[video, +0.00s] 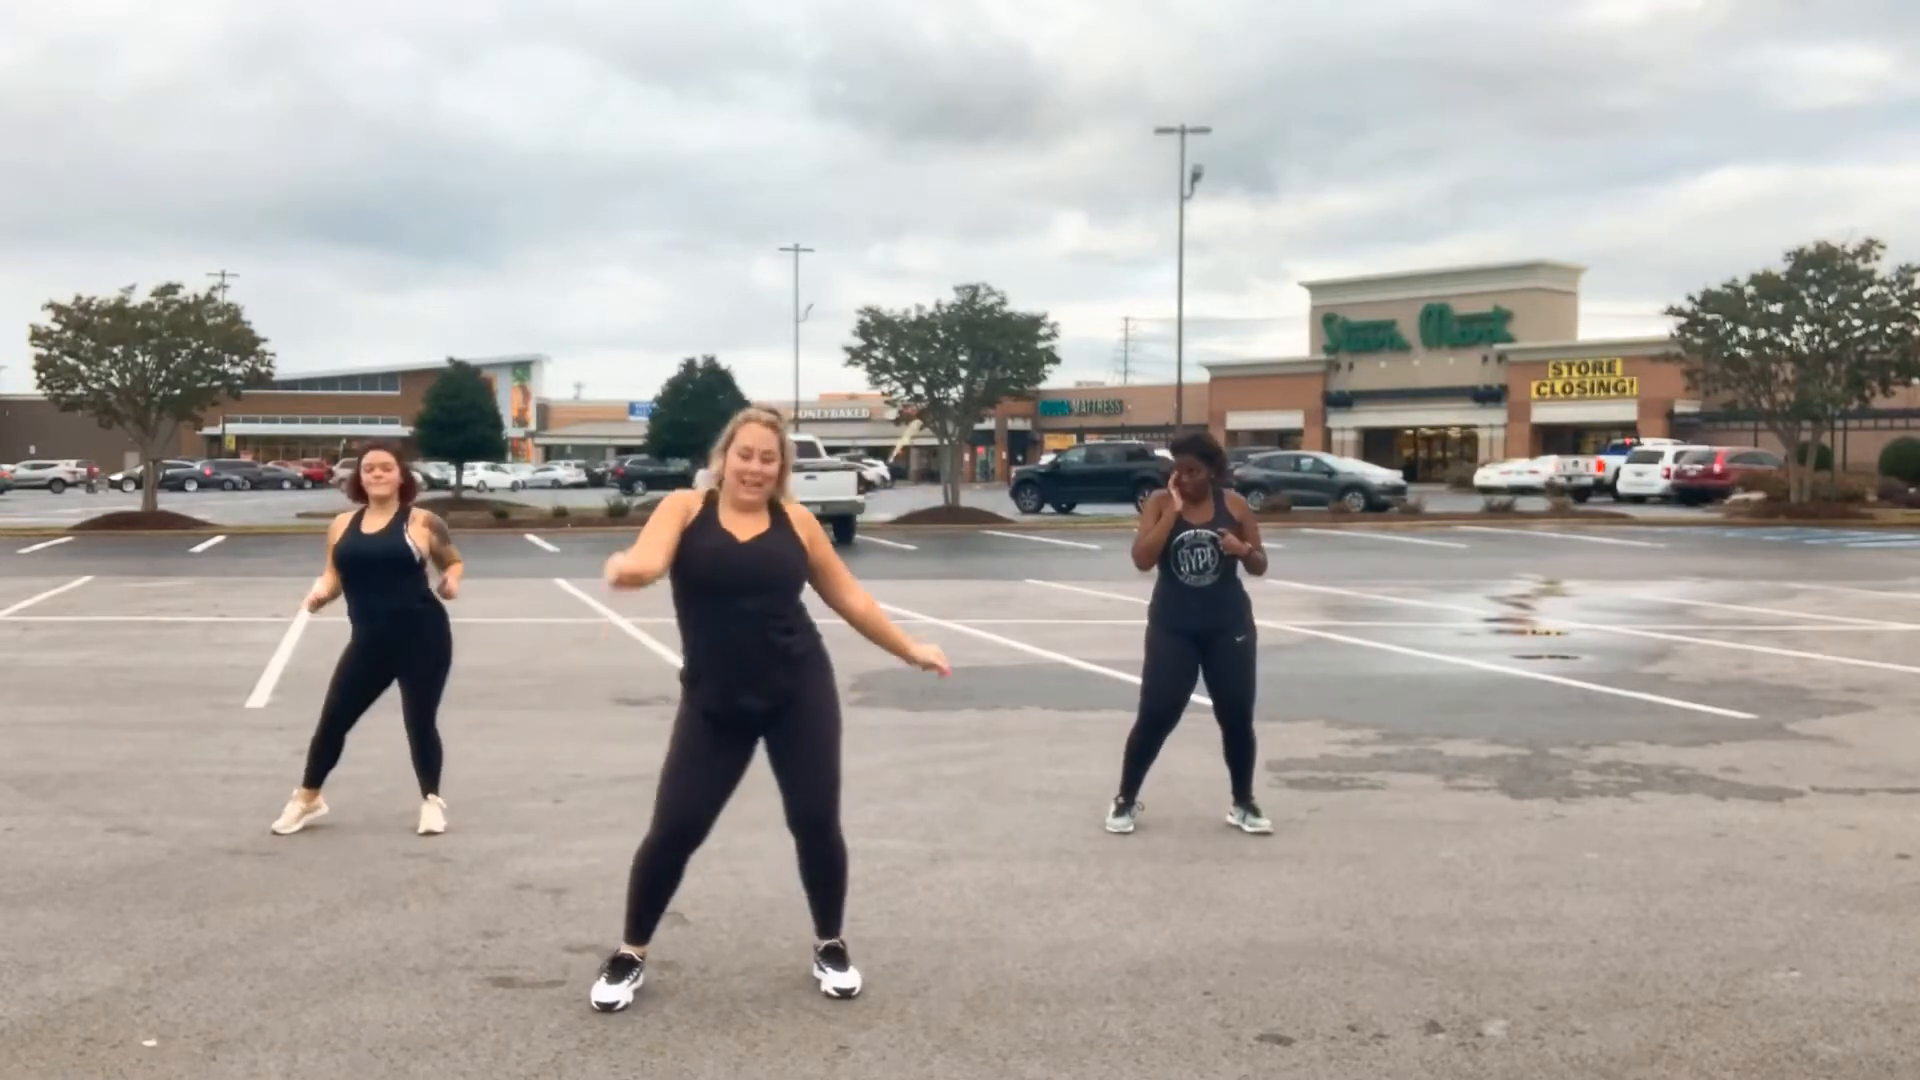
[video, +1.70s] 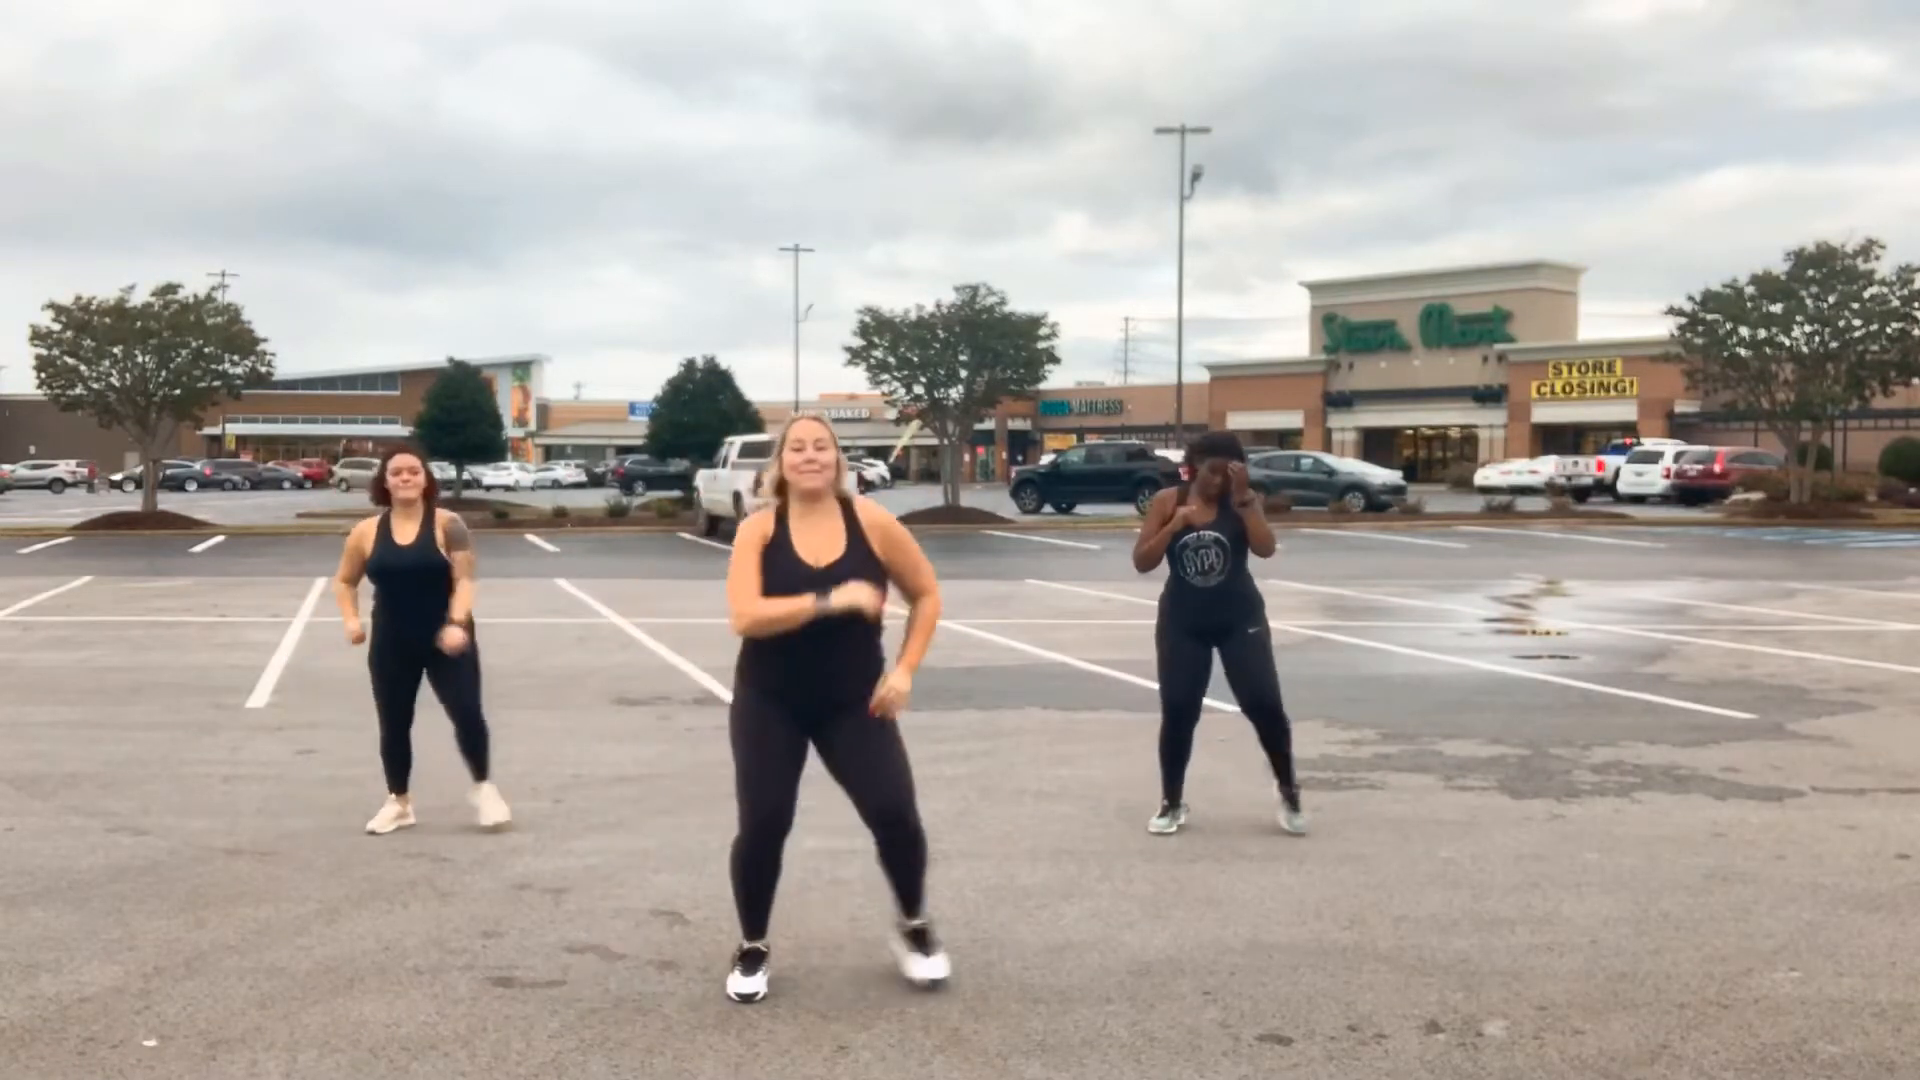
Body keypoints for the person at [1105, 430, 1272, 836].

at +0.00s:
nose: (1182, 478)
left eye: (1190, 472)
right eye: (1178, 471)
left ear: (1212, 470)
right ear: (1172, 470)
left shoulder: (1234, 505)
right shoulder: (1159, 503)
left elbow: (1260, 566)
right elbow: (1142, 559)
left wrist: (1243, 550)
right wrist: (1172, 512)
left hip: (1229, 628)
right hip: (1172, 629)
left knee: (1237, 720)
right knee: (1156, 716)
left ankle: (1243, 803)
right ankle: (1125, 800)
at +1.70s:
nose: (1220, 479)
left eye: (1227, 472)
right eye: (1213, 471)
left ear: (1235, 473)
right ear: (1192, 469)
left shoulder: (1245, 502)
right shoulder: (1168, 501)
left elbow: (1266, 548)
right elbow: (1142, 561)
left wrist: (1242, 500)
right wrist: (1175, 524)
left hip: (1239, 618)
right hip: (1183, 620)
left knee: (1266, 707)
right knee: (1178, 711)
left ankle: (1289, 794)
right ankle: (1171, 803)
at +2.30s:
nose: (1228, 472)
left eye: (1236, 465)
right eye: (1221, 462)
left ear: (1244, 468)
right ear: (1203, 459)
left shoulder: (1250, 502)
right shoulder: (1175, 500)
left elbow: (1268, 564)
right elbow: (1157, 564)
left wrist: (1272, 534)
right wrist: (1200, 540)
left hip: (1241, 621)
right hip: (1185, 623)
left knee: (1268, 710)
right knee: (1191, 713)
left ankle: (1290, 794)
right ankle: (1181, 804)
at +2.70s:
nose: (1222, 459)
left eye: (1227, 452)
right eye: (1212, 453)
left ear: (1236, 459)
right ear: (1194, 462)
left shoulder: (1249, 504)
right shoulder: (1177, 502)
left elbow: (1258, 563)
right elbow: (1164, 565)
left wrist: (1284, 565)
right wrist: (1217, 565)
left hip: (1226, 623)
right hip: (1172, 620)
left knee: (1222, 715)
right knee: (1175, 707)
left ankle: (1215, 803)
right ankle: (1169, 799)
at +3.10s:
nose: (1203, 455)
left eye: (1206, 448)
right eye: (1192, 452)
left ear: (1213, 455)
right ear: (1174, 463)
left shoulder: (1224, 506)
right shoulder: (1156, 501)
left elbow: (1238, 570)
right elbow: (1116, 553)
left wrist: (1238, 553)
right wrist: (1166, 573)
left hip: (1197, 625)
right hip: (1143, 622)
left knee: (1217, 711)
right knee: (1133, 709)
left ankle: (1215, 802)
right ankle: (1091, 795)